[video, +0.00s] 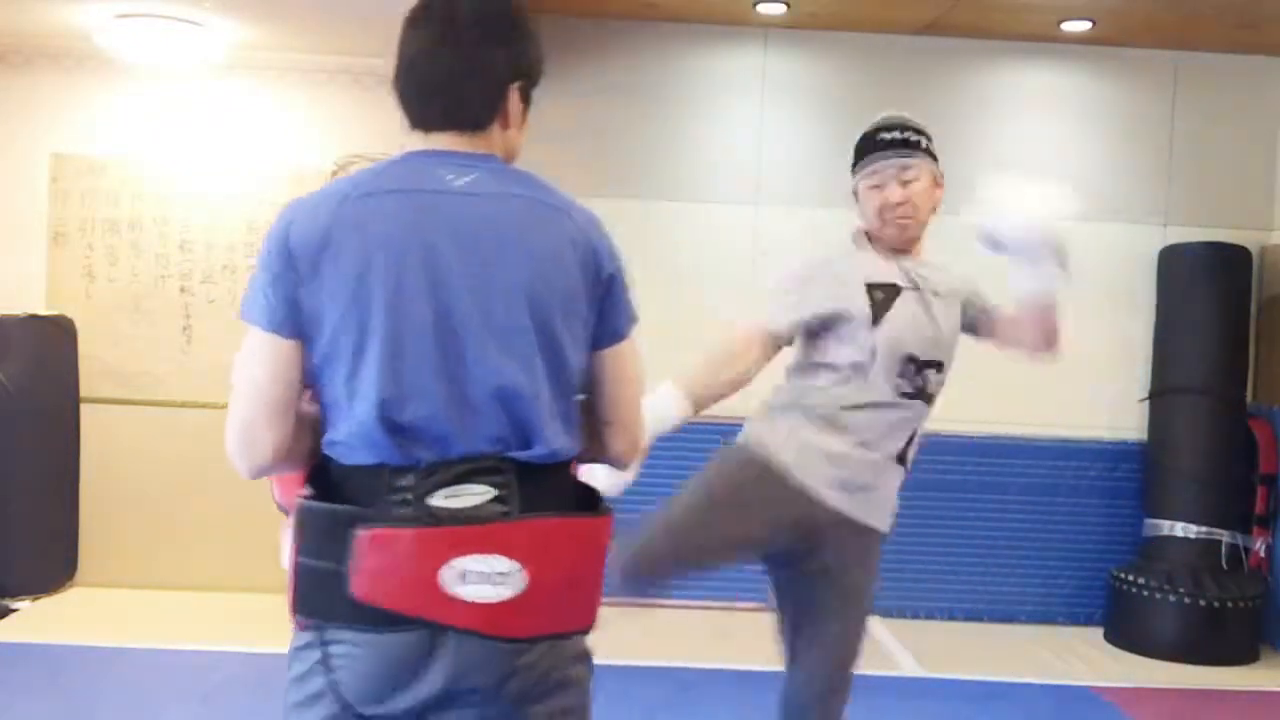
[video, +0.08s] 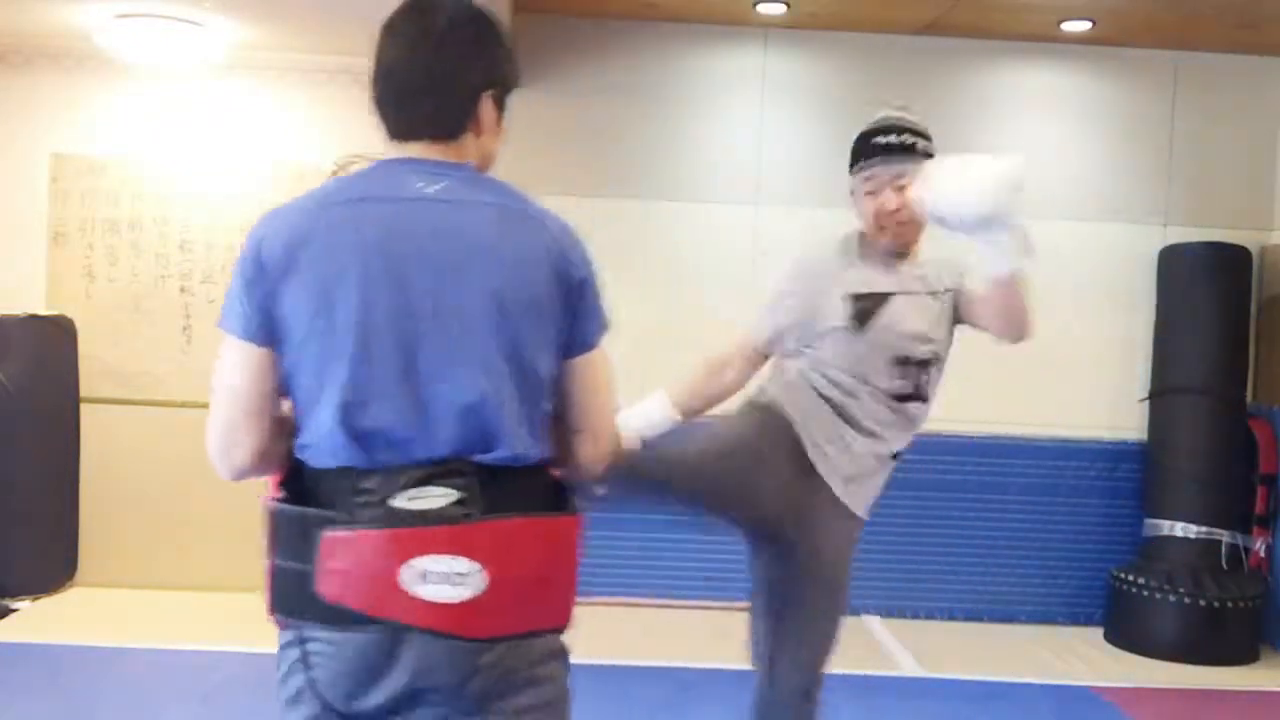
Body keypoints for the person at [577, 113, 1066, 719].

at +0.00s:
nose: (893, 197)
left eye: (908, 179)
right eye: (876, 185)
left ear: (939, 189)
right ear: (857, 199)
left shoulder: (952, 294)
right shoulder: (835, 272)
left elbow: (1038, 339)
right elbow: (742, 353)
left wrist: (1035, 267)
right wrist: (650, 417)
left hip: (853, 520)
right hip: (771, 477)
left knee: (817, 699)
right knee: (632, 568)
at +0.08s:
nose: (889, 204)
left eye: (903, 187)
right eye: (873, 191)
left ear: (932, 191)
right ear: (854, 199)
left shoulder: (945, 284)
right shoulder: (823, 274)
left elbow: (1012, 326)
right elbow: (734, 365)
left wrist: (997, 233)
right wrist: (633, 426)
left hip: (835, 510)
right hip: (773, 444)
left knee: (790, 692)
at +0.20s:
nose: (866, 210)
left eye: (882, 194)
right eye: (854, 194)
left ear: (915, 196)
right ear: (838, 195)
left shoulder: (936, 281)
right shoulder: (804, 267)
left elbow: (984, 358)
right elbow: (735, 359)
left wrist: (960, 257)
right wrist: (641, 436)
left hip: (812, 504)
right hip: (751, 426)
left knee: (767, 700)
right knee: (699, 401)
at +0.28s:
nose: (827, 203)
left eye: (845, 187)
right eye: (819, 188)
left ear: (893, 192)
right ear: (809, 194)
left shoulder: (919, 278)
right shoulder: (781, 268)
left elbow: (966, 412)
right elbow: (715, 365)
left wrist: (944, 333)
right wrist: (628, 433)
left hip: (799, 516)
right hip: (726, 450)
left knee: (750, 706)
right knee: (669, 415)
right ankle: (523, 432)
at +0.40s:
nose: (807, 201)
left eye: (826, 184)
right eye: (800, 185)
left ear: (876, 191)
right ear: (792, 189)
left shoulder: (907, 299)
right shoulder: (767, 268)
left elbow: (962, 419)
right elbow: (705, 365)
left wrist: (931, 351)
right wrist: (614, 410)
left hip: (796, 513)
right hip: (712, 455)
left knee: (751, 699)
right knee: (620, 502)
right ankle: (494, 611)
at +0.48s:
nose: (792, 190)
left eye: (813, 176)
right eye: (786, 174)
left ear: (864, 189)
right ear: (776, 180)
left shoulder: (882, 299)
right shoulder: (747, 265)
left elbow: (952, 425)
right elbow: (683, 360)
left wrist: (914, 351)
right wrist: (605, 394)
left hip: (794, 528)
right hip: (700, 491)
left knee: (745, 707)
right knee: (593, 627)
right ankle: (608, 711)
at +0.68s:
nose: (752, 189)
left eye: (772, 176)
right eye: (748, 174)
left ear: (823, 195)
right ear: (738, 182)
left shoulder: (851, 298)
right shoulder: (715, 270)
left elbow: (880, 416)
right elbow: (678, 370)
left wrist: (845, 415)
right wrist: (631, 394)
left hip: (778, 530)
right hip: (704, 521)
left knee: (726, 702)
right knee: (739, 687)